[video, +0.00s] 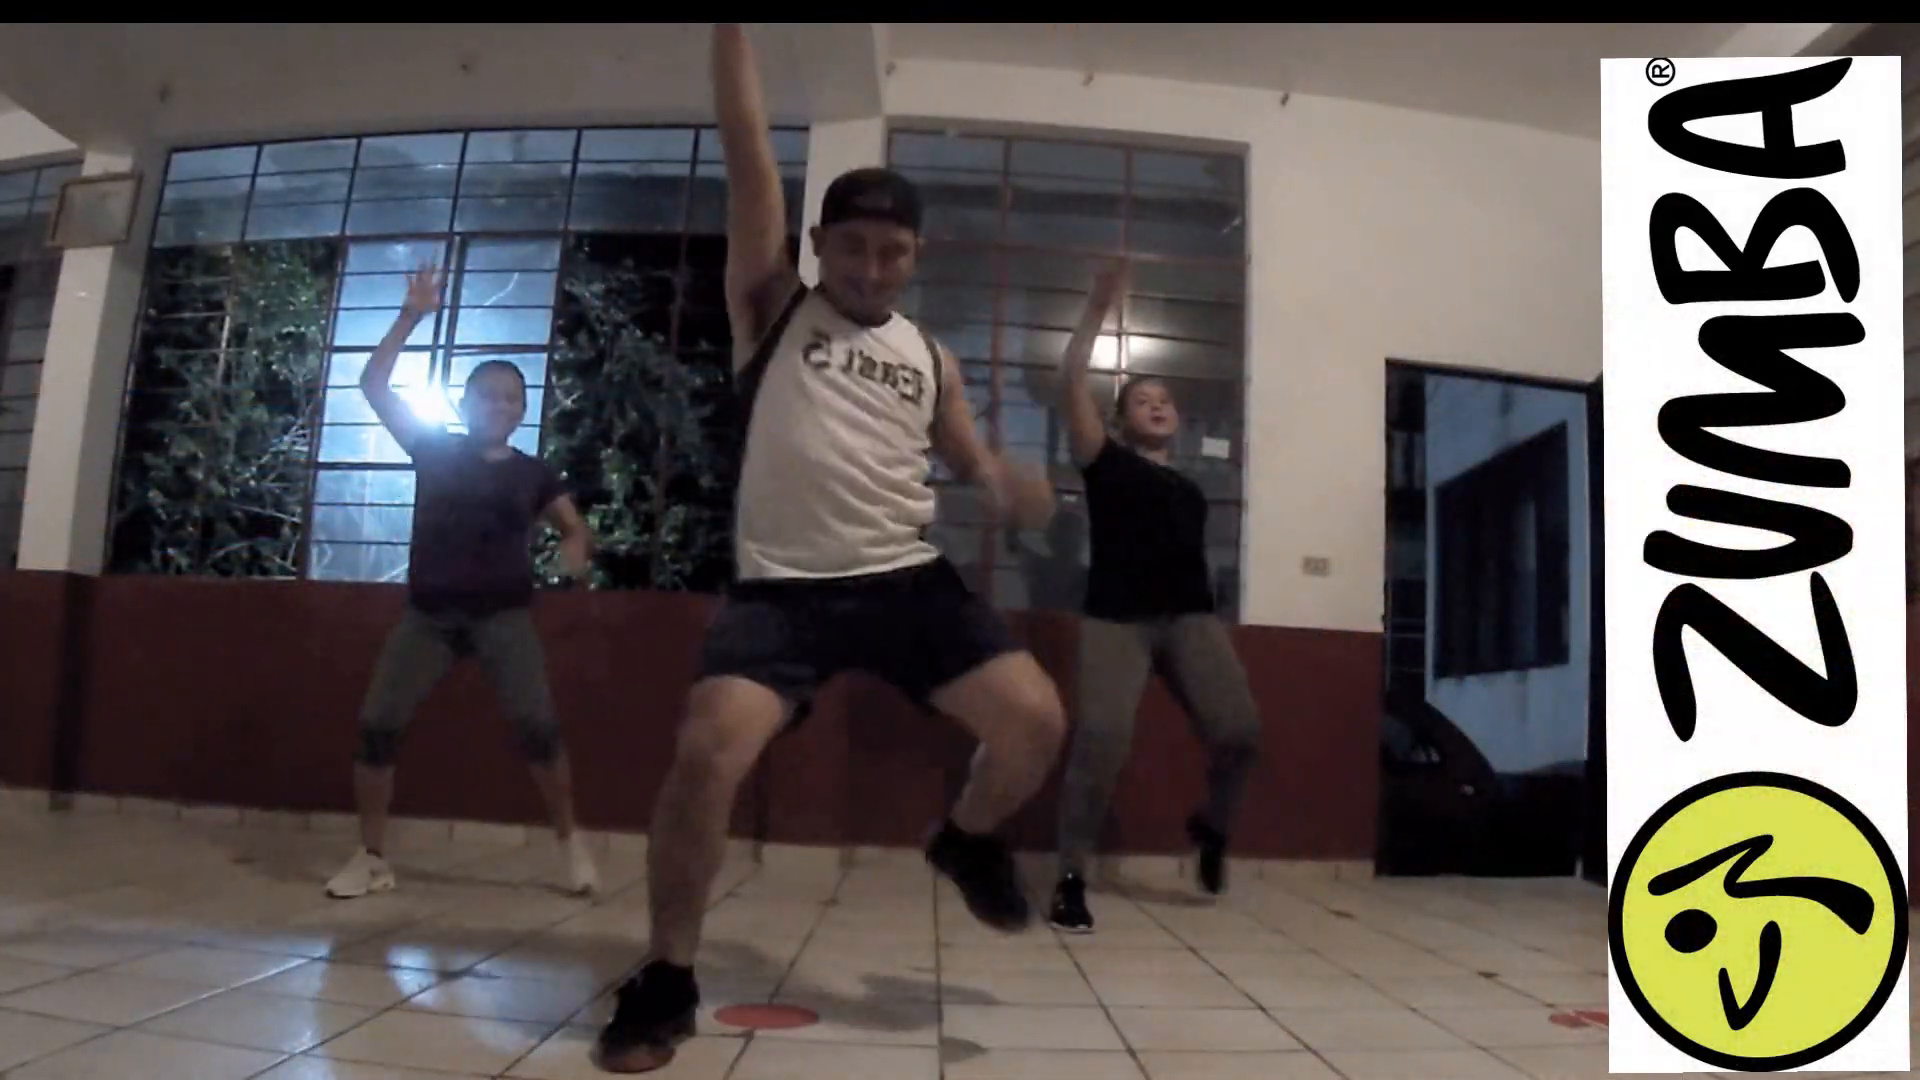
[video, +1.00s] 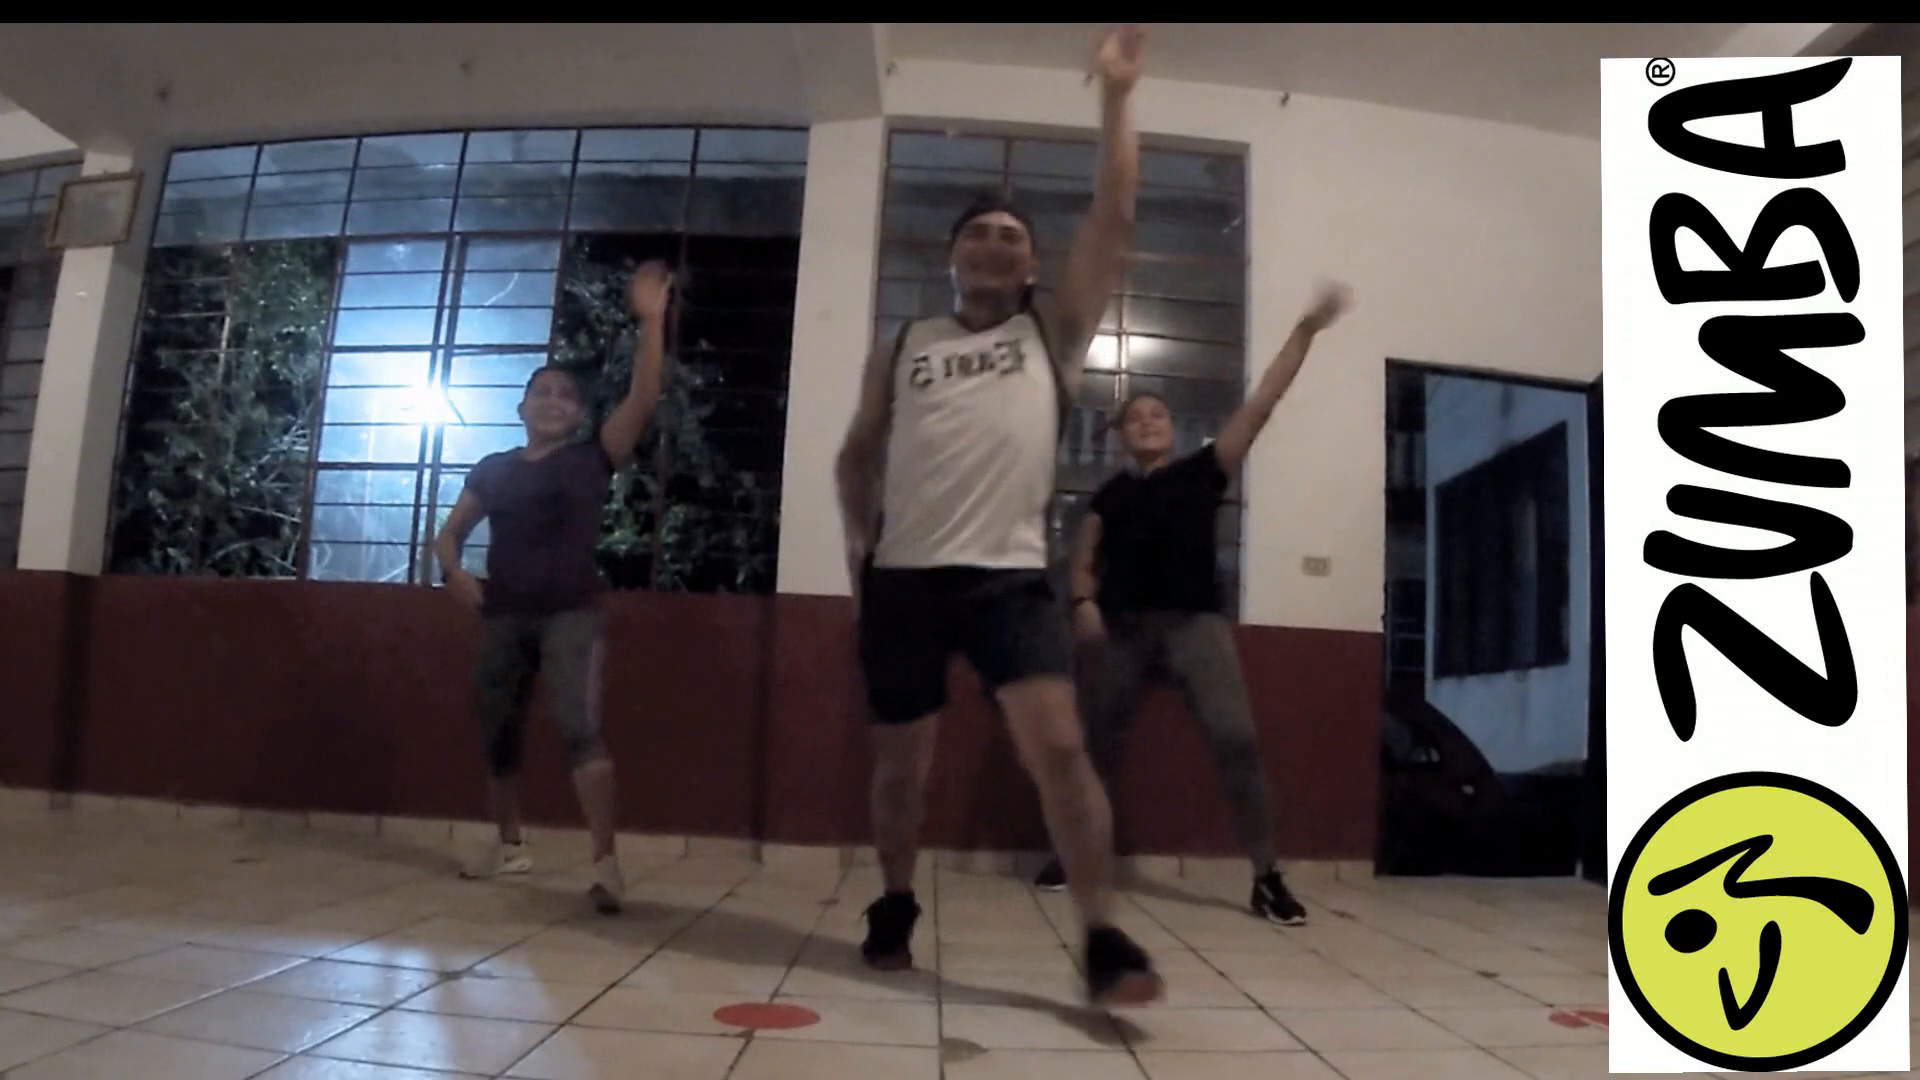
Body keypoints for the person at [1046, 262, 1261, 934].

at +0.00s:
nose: (1157, 409)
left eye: (1165, 403)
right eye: (1144, 403)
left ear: (1177, 421)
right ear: (1121, 419)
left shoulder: (1187, 487)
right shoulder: (1104, 462)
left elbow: (1186, 555)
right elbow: (1072, 381)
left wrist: (1195, 607)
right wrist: (1098, 307)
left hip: (1188, 618)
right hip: (1117, 621)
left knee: (1236, 729)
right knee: (1101, 739)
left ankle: (1214, 830)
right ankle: (1072, 875)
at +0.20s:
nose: (1154, 440)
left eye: (1162, 431)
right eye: (1143, 433)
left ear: (1178, 442)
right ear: (1125, 446)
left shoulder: (1204, 507)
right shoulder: (1113, 504)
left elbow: (1254, 548)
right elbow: (1046, 504)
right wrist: (1084, 443)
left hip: (1195, 650)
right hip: (1125, 647)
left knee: (1192, 760)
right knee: (1105, 754)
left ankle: (1171, 863)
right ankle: (1069, 868)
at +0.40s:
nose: (1150, 433)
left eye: (1158, 425)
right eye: (1139, 425)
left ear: (1172, 437)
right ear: (1120, 439)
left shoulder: (1198, 495)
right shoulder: (1103, 498)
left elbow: (1251, 552)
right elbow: (1081, 564)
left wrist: (1293, 611)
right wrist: (1070, 612)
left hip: (1184, 636)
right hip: (1114, 634)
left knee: (1188, 743)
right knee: (1090, 730)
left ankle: (1171, 859)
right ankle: (1072, 855)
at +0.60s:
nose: (1136, 436)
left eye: (1144, 427)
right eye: (1126, 427)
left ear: (1155, 439)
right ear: (1108, 438)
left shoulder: (1172, 503)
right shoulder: (1084, 496)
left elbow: (1194, 570)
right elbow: (1037, 541)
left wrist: (1230, 576)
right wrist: (1042, 597)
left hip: (1164, 639)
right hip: (1095, 637)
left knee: (1182, 743)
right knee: (1083, 746)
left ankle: (1150, 855)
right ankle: (1066, 854)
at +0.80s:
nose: (1130, 444)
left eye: (1139, 437)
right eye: (1119, 436)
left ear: (1152, 451)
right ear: (1102, 449)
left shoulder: (1173, 507)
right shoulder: (1079, 503)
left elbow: (1220, 555)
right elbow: (1030, 564)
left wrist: (1203, 490)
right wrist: (1047, 610)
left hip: (1158, 648)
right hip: (1092, 649)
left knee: (1220, 724)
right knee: (1077, 751)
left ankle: (1191, 849)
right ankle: (1063, 855)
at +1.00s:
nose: (1147, 424)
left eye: (1157, 417)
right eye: (1135, 419)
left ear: (1174, 429)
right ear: (1120, 435)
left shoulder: (1203, 475)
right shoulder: (1108, 496)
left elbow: (1259, 406)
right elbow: (1082, 561)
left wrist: (1304, 330)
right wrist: (1085, 608)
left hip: (1196, 623)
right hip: (1121, 625)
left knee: (1235, 735)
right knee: (1094, 738)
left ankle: (1266, 873)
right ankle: (1073, 855)